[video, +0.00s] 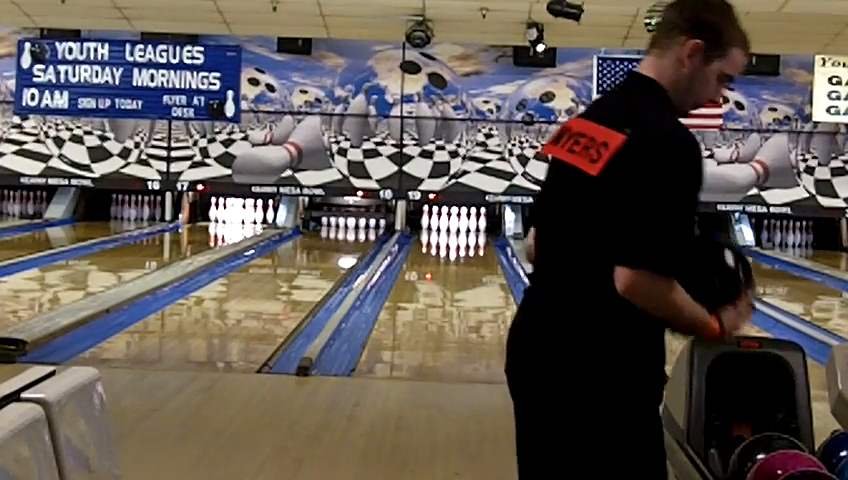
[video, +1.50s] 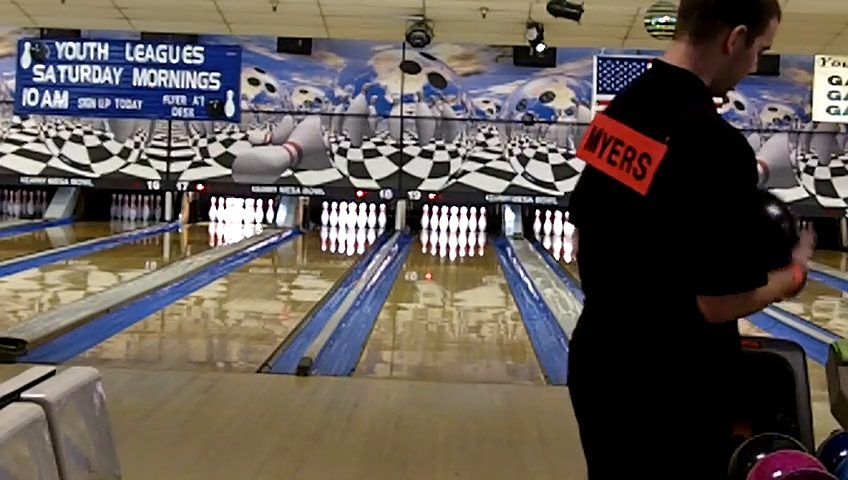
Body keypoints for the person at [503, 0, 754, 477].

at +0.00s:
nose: (720, 96)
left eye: (728, 84)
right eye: (723, 79)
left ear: (683, 51)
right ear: (691, 52)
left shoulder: (593, 114)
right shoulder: (669, 142)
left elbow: (539, 245)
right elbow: (637, 278)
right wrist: (710, 326)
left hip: (542, 340)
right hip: (611, 358)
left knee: (549, 477)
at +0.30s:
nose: (766, 99)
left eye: (776, 87)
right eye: (768, 81)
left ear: (728, 50)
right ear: (732, 53)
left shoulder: (657, 106)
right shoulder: (678, 131)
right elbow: (660, 288)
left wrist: (718, 183)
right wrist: (752, 229)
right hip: (612, 373)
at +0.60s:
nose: (782, 91)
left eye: (791, 78)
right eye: (782, 73)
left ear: (737, 47)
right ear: (742, 47)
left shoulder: (669, 102)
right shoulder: (688, 130)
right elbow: (612, 284)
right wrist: (712, 342)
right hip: (627, 364)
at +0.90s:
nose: (792, 81)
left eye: (800, 66)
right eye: (791, 62)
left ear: (743, 43)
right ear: (747, 42)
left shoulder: (688, 111)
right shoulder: (689, 128)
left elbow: (696, 256)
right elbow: (602, 275)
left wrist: (793, 304)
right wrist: (702, 355)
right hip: (625, 369)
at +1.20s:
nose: (783, 74)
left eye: (790, 58)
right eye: (783, 55)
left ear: (735, 38)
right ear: (742, 38)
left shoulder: (658, 99)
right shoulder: (708, 141)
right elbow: (647, 289)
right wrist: (739, 348)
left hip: (590, 344)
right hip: (643, 368)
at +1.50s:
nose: (754, 67)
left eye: (762, 55)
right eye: (759, 52)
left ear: (684, 26)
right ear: (734, 40)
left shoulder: (625, 105)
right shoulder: (718, 146)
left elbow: (586, 248)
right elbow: (717, 302)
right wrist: (788, 278)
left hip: (600, 352)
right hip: (679, 368)